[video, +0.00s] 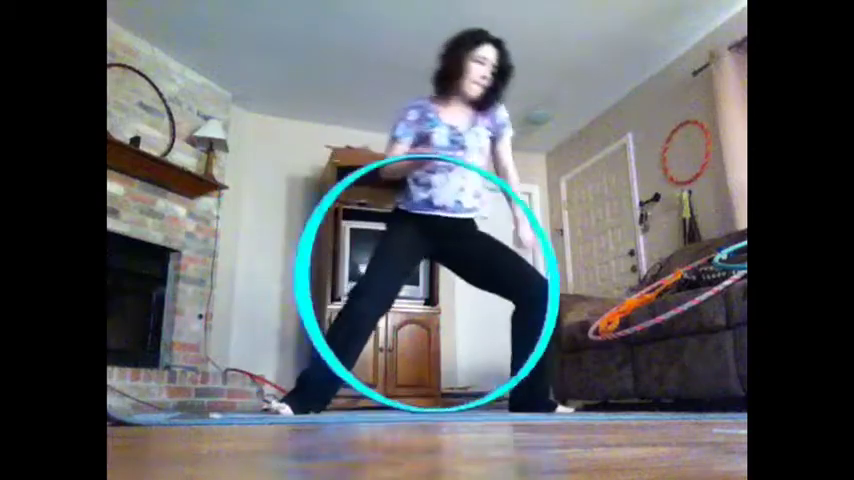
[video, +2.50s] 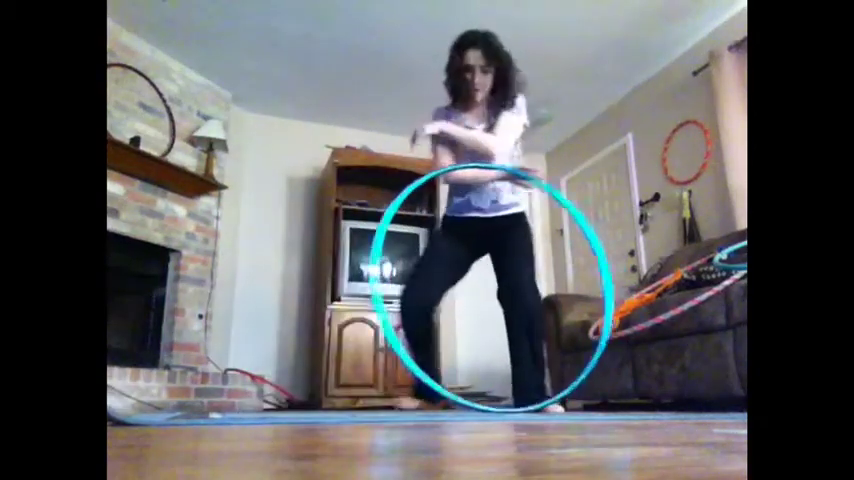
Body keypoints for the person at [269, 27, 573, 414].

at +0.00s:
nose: (486, 73)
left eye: (493, 68)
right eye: (479, 62)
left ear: (496, 77)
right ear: (456, 63)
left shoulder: (493, 117)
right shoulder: (419, 112)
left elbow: (509, 174)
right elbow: (388, 169)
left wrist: (523, 225)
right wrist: (417, 162)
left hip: (461, 232)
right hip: (411, 227)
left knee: (535, 290)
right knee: (364, 304)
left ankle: (531, 400)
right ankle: (303, 401)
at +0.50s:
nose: (542, 105)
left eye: (545, 102)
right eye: (541, 96)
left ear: (536, 105)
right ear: (527, 86)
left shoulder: (507, 125)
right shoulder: (505, 96)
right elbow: (524, 155)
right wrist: (572, 197)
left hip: (472, 228)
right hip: (439, 213)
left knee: (544, 294)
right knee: (391, 306)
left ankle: (532, 401)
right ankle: (306, 402)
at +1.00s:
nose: (492, 107)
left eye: (499, 104)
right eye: (494, 98)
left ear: (502, 102)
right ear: (485, 79)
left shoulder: (482, 125)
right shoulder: (444, 83)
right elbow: (425, 122)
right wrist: (478, 153)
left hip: (459, 216)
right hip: (414, 207)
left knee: (531, 293)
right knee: (360, 301)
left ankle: (535, 402)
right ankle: (301, 401)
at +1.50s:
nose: (375, 58)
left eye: (384, 51)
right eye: (367, 49)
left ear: (395, 56)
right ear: (351, 50)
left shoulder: (409, 88)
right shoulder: (329, 104)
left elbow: (458, 89)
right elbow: (280, 136)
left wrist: (504, 101)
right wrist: (260, 156)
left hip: (418, 209)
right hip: (368, 218)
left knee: (470, 303)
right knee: (302, 279)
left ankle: (537, 402)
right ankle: (289, 400)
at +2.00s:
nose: (421, 63)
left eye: (429, 54)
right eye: (413, 55)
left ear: (447, 55)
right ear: (401, 59)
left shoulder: (468, 93)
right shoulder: (398, 105)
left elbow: (524, 93)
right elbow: (378, 158)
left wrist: (482, 59)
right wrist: (415, 158)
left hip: (453, 217)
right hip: (403, 219)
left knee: (507, 294)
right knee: (342, 301)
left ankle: (525, 399)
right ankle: (275, 403)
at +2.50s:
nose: (475, 79)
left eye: (484, 70)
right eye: (467, 70)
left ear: (497, 73)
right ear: (455, 73)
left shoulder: (513, 106)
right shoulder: (445, 117)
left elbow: (498, 147)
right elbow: (449, 174)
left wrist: (441, 129)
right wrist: (506, 173)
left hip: (508, 223)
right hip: (461, 224)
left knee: (522, 301)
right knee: (416, 299)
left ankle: (534, 400)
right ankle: (427, 393)